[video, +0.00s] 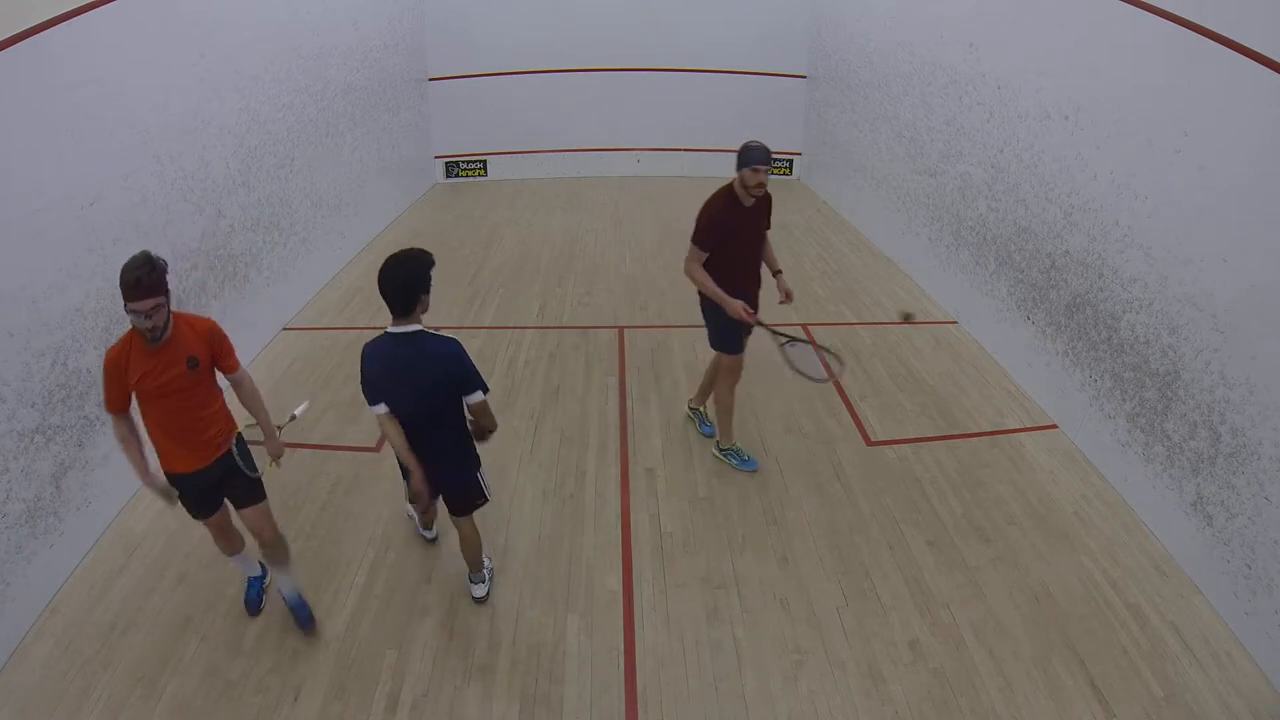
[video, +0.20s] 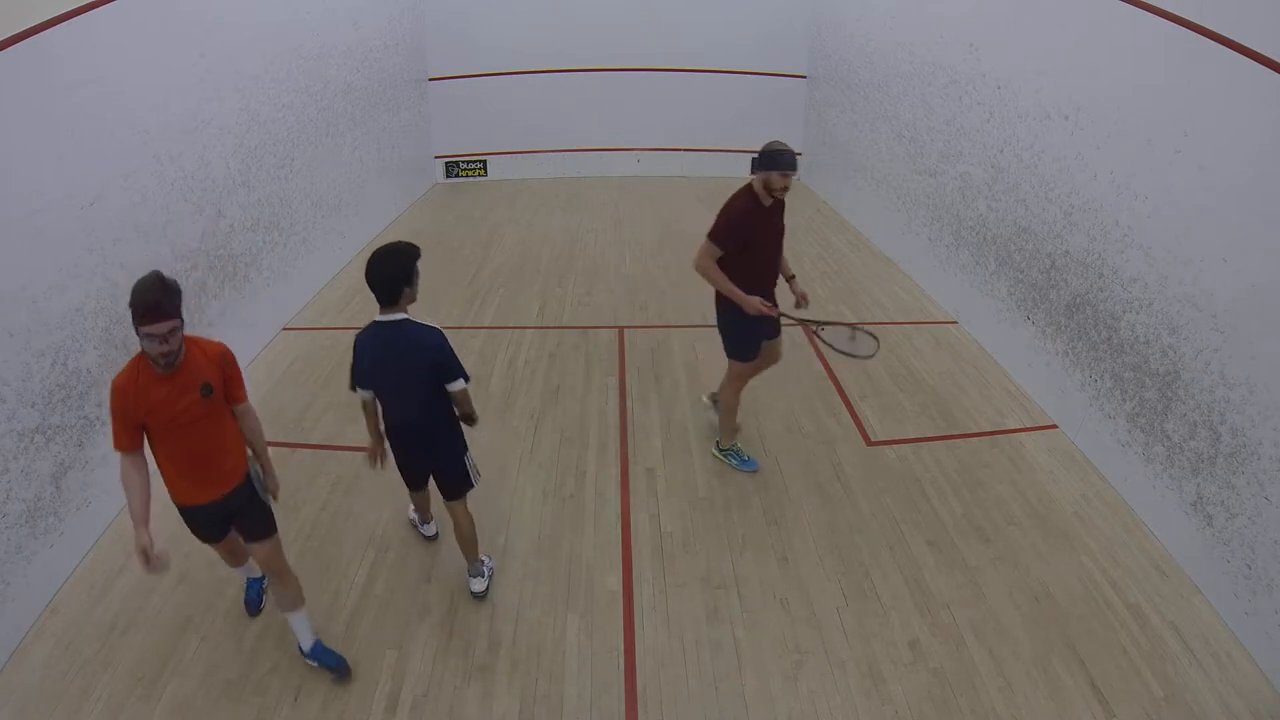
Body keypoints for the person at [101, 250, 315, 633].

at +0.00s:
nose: (148, 322)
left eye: (155, 310)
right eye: (137, 314)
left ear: (168, 296)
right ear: (125, 308)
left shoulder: (202, 332)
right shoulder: (119, 360)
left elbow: (240, 380)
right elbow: (120, 418)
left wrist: (269, 432)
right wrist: (146, 477)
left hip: (227, 450)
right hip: (183, 469)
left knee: (265, 533)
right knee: (220, 529)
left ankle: (289, 589)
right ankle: (253, 572)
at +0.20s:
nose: (164, 346)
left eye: (171, 333)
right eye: (152, 338)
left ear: (182, 320)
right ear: (136, 333)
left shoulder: (215, 357)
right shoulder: (127, 389)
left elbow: (244, 413)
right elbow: (132, 459)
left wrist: (267, 467)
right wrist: (141, 528)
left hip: (239, 483)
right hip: (193, 501)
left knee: (274, 565)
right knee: (227, 548)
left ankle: (309, 642)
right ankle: (254, 574)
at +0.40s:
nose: (183, 356)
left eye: (190, 342)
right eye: (169, 348)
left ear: (200, 329)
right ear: (150, 343)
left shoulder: (234, 368)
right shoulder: (138, 408)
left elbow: (265, 431)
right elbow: (144, 486)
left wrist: (296, 489)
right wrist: (163, 563)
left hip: (266, 503)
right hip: (216, 531)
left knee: (292, 580)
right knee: (250, 605)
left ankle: (312, 649)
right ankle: (258, 615)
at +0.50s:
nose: (191, 360)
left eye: (199, 346)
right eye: (177, 352)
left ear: (208, 333)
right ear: (157, 349)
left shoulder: (241, 371)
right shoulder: (144, 418)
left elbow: (279, 435)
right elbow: (155, 496)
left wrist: (317, 495)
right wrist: (179, 571)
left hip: (275, 510)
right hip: (225, 539)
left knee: (296, 584)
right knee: (272, 627)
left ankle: (312, 648)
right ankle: (281, 649)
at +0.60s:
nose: (204, 369)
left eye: (211, 353)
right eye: (189, 361)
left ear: (219, 339)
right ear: (166, 358)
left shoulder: (250, 379)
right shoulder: (153, 435)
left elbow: (294, 439)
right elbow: (171, 511)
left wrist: (340, 502)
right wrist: (198, 577)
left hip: (286, 522)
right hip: (241, 555)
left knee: (304, 596)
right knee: (298, 638)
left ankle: (313, 651)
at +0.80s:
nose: (236, 398)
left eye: (239, 379)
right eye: (217, 391)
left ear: (245, 366)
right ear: (189, 396)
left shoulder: (278, 406)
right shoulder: (180, 478)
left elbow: (327, 468)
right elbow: (203, 549)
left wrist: (380, 527)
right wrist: (242, 611)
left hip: (322, 554)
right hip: (280, 597)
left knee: (324, 619)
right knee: (344, 670)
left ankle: (319, 654)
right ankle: (380, 714)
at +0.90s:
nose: (254, 409)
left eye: (255, 390)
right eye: (235, 404)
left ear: (261, 375)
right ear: (200, 407)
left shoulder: (293, 417)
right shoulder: (195, 498)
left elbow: (340, 480)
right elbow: (224, 579)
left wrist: (391, 540)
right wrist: (269, 647)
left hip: (345, 575)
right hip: (303, 618)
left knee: (364, 627)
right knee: (366, 692)